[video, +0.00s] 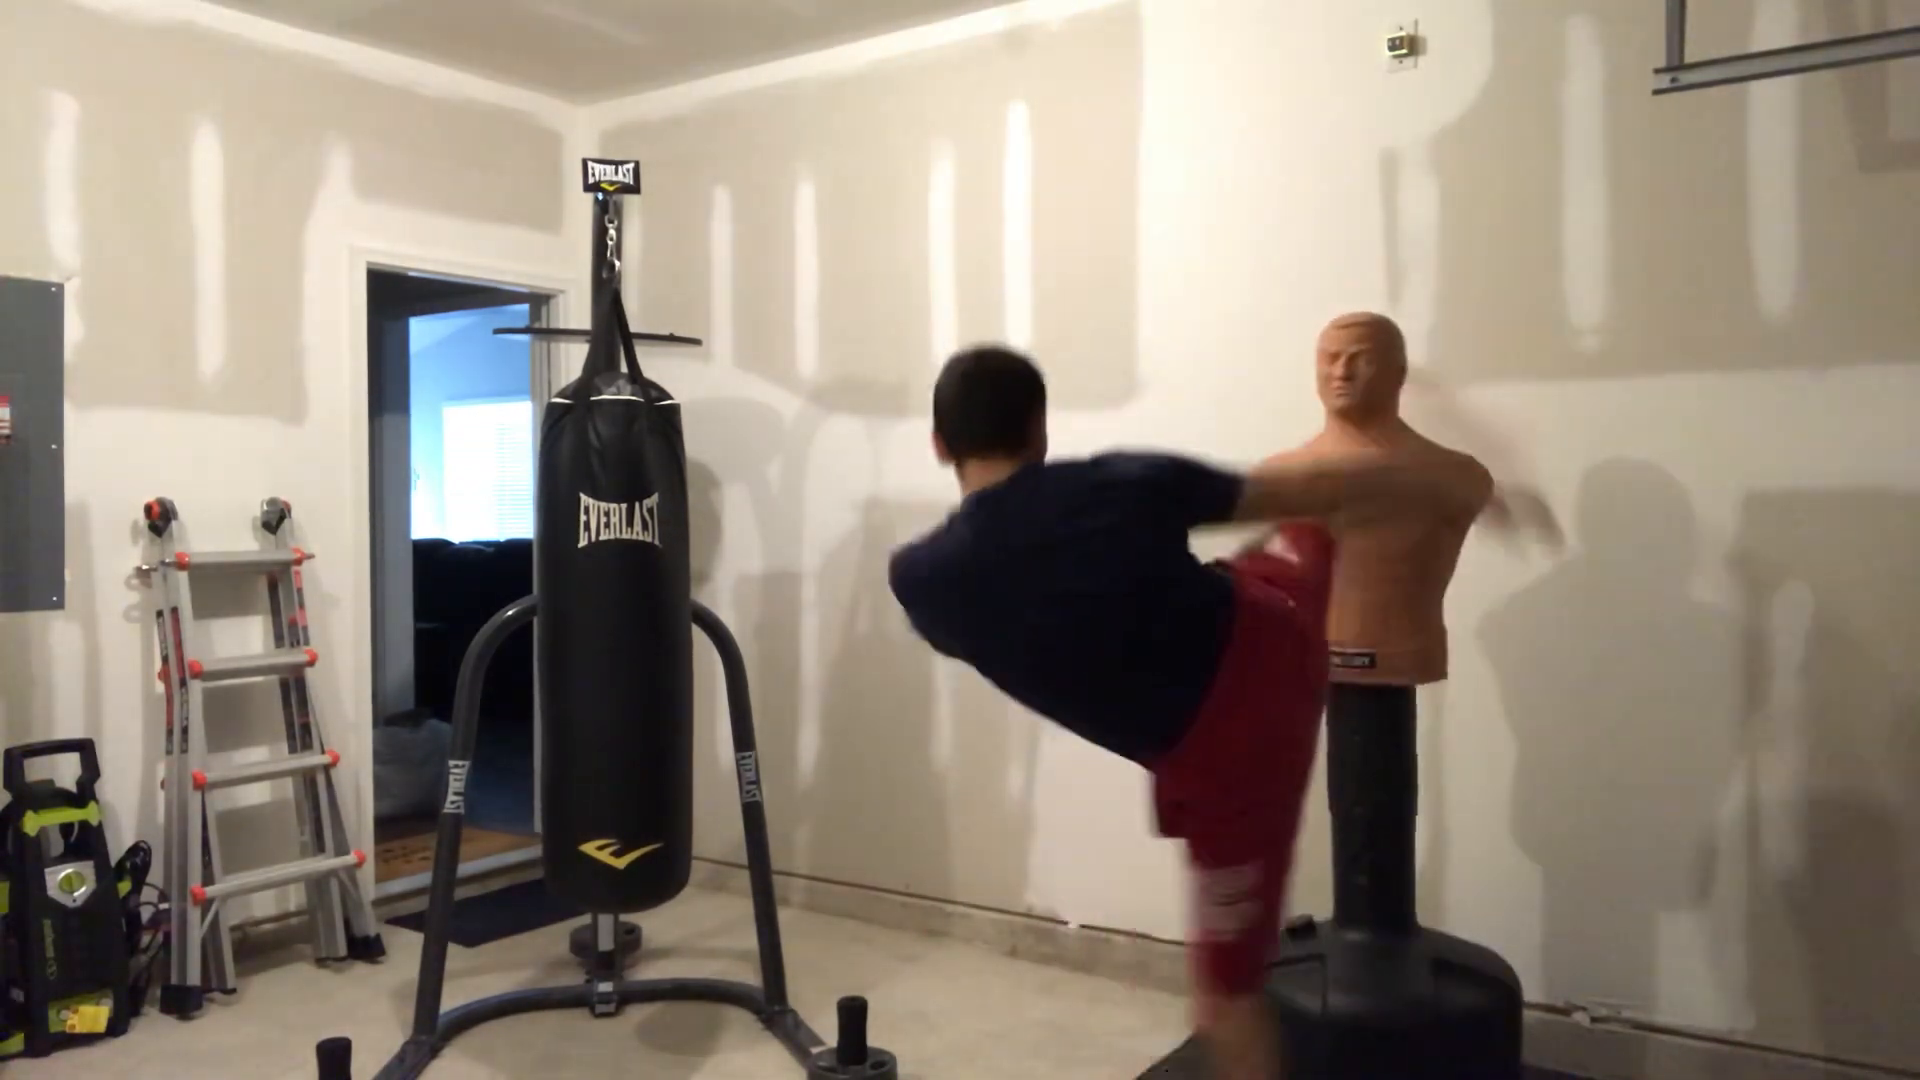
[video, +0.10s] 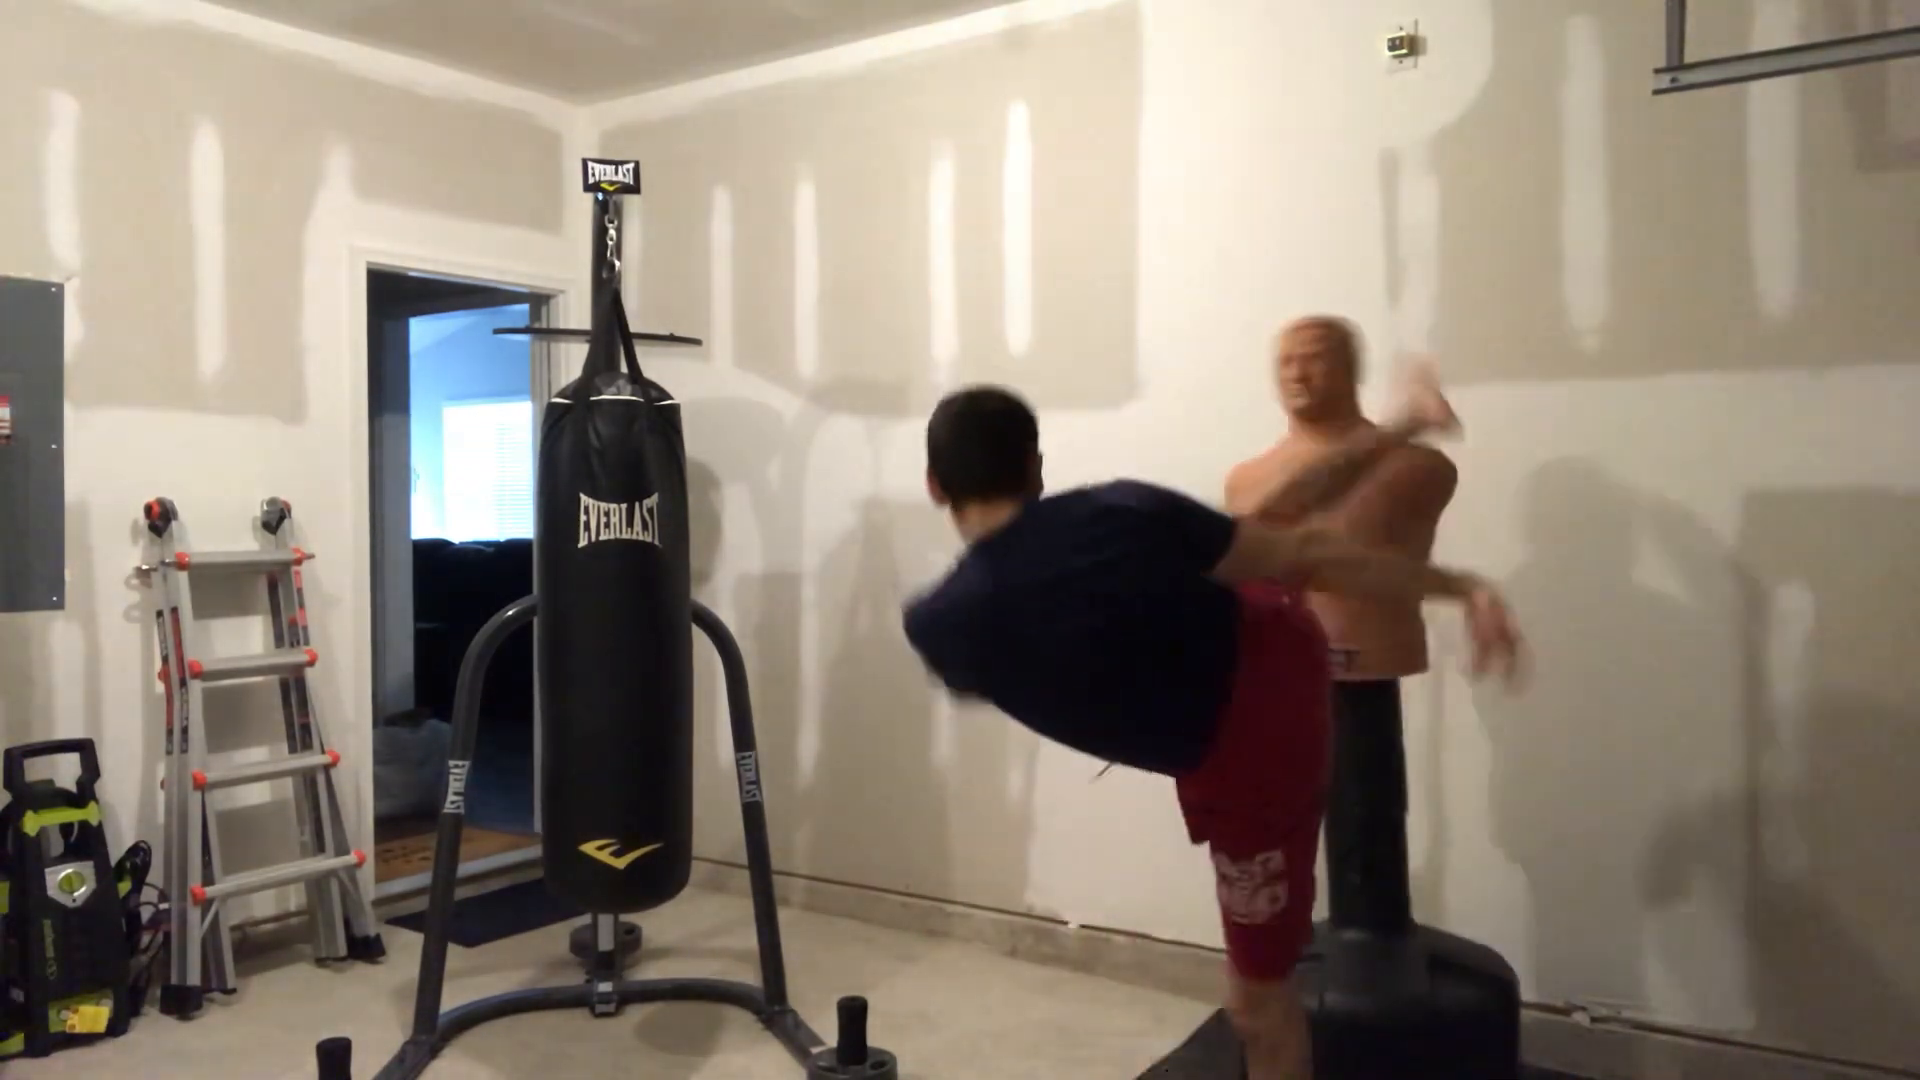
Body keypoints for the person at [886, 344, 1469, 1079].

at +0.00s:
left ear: (940, 446)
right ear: (1040, 426)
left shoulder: (921, 580)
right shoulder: (1116, 484)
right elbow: (1312, 491)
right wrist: (1458, 482)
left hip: (1225, 767)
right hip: (1274, 644)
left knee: (1229, 1004)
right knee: (1309, 513)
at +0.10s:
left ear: (935, 488)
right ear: (1037, 464)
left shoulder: (940, 625)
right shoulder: (1118, 513)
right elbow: (1289, 552)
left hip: (1240, 762)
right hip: (1280, 643)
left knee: (1262, 1007)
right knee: (1268, 530)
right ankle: (1407, 436)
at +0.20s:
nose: (919, 513)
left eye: (918, 500)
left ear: (928, 516)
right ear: (1029, 483)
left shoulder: (969, 659)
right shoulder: (1116, 519)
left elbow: (942, 788)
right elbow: (1280, 536)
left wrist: (957, 696)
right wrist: (1445, 545)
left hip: (1244, 773)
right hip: (1273, 650)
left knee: (1240, 1014)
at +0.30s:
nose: (924, 499)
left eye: (924, 485)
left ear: (937, 501)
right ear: (1029, 461)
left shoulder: (997, 651)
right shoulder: (1111, 505)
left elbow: (969, 838)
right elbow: (1228, 481)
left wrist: (955, 726)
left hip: (1225, 798)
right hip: (1265, 685)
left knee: (1194, 1036)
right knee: (1260, 658)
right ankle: (1405, 736)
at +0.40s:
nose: (962, 423)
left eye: (963, 407)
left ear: (974, 418)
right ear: (1061, 390)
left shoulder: (1007, 564)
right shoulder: (1146, 461)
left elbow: (1017, 764)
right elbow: (1183, 412)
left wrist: (958, 714)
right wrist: (1118, 355)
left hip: (1170, 794)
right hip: (1249, 717)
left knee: (1148, 1043)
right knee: (1310, 829)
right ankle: (1398, 943)